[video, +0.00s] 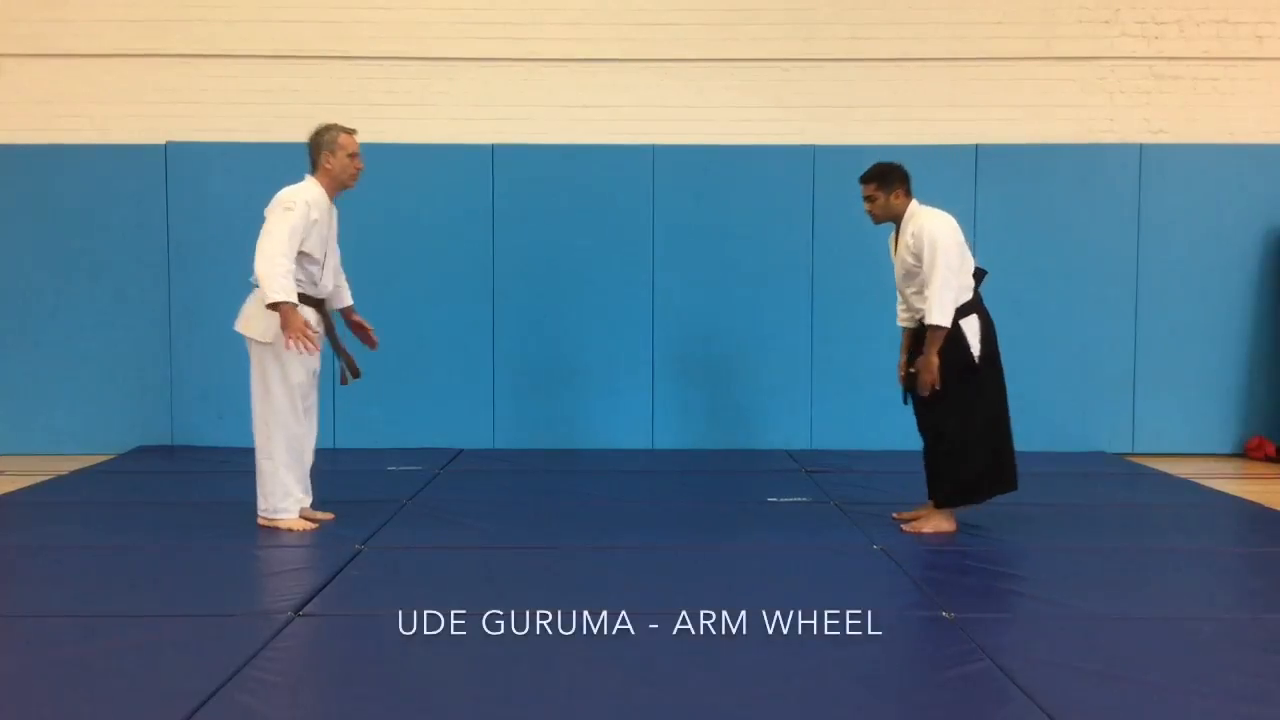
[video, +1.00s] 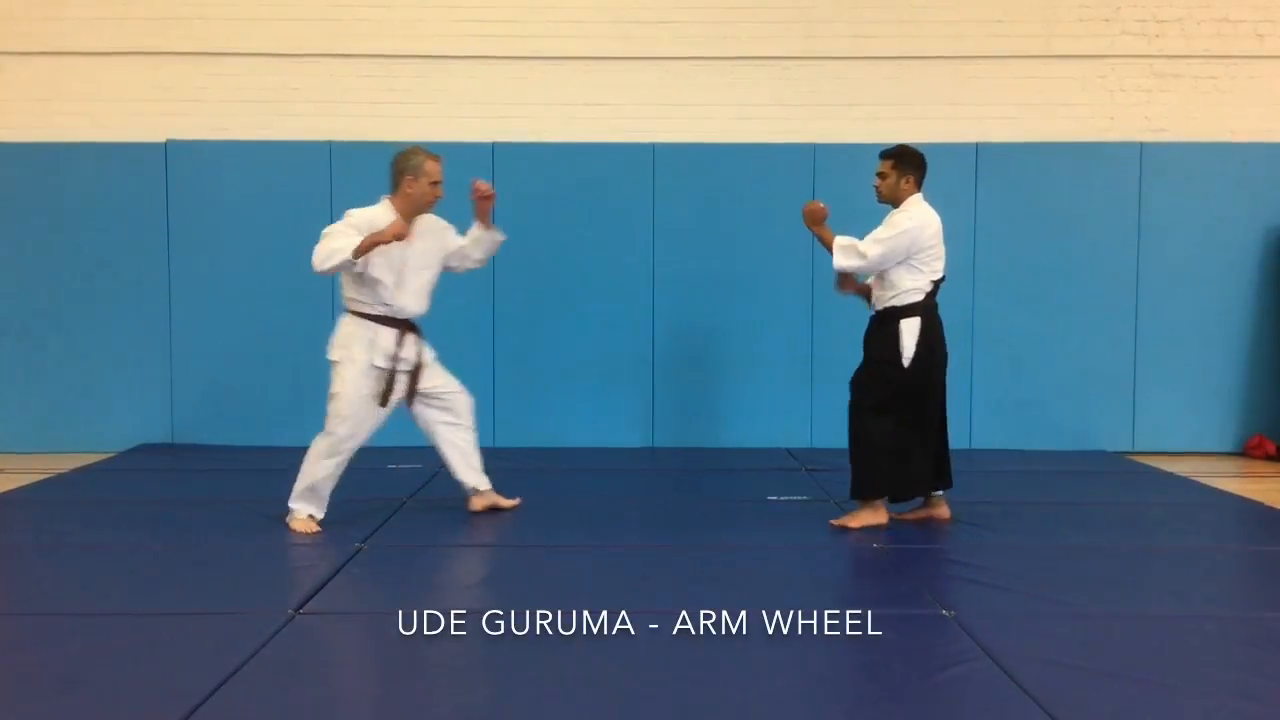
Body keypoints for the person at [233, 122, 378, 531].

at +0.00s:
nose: (360, 164)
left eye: (359, 156)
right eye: (352, 156)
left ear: (335, 161)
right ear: (327, 160)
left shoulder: (325, 207)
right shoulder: (297, 201)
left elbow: (330, 269)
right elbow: (272, 256)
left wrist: (349, 314)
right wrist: (288, 311)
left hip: (306, 318)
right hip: (281, 318)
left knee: (300, 412)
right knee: (280, 413)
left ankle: (295, 502)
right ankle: (274, 508)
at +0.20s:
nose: (394, 213)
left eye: (394, 204)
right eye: (388, 204)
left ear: (364, 204)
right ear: (361, 203)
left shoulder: (339, 239)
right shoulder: (314, 229)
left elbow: (325, 294)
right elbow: (280, 281)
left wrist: (332, 343)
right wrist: (293, 346)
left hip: (279, 324)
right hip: (252, 323)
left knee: (286, 412)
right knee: (266, 415)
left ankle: (283, 500)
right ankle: (267, 509)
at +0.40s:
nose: (391, 205)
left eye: (392, 196)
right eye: (385, 196)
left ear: (363, 197)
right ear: (359, 195)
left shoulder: (351, 238)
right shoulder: (308, 226)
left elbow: (332, 293)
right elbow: (276, 283)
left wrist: (326, 344)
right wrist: (277, 345)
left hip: (298, 328)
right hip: (263, 327)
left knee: (303, 412)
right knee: (286, 412)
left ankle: (288, 498)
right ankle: (277, 503)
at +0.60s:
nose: (378, 185)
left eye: (379, 177)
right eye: (372, 176)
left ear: (351, 176)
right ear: (345, 174)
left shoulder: (357, 220)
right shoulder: (304, 216)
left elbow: (370, 273)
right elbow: (319, 283)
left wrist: (412, 289)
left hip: (326, 329)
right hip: (288, 327)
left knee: (344, 411)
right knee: (297, 415)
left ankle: (302, 495)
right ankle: (292, 506)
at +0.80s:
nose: (391, 187)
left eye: (392, 179)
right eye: (385, 179)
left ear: (364, 179)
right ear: (358, 177)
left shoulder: (381, 220)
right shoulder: (322, 215)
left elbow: (415, 265)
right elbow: (350, 265)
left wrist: (434, 244)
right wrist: (399, 236)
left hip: (358, 332)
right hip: (316, 330)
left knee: (402, 402)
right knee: (316, 417)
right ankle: (296, 509)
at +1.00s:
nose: (440, 193)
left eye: (441, 184)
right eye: (434, 184)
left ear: (420, 185)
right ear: (408, 183)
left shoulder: (435, 229)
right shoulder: (363, 220)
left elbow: (470, 256)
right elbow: (323, 258)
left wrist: (483, 218)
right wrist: (375, 240)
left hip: (407, 339)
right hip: (362, 336)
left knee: (453, 403)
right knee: (345, 426)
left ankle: (479, 491)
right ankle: (303, 510)